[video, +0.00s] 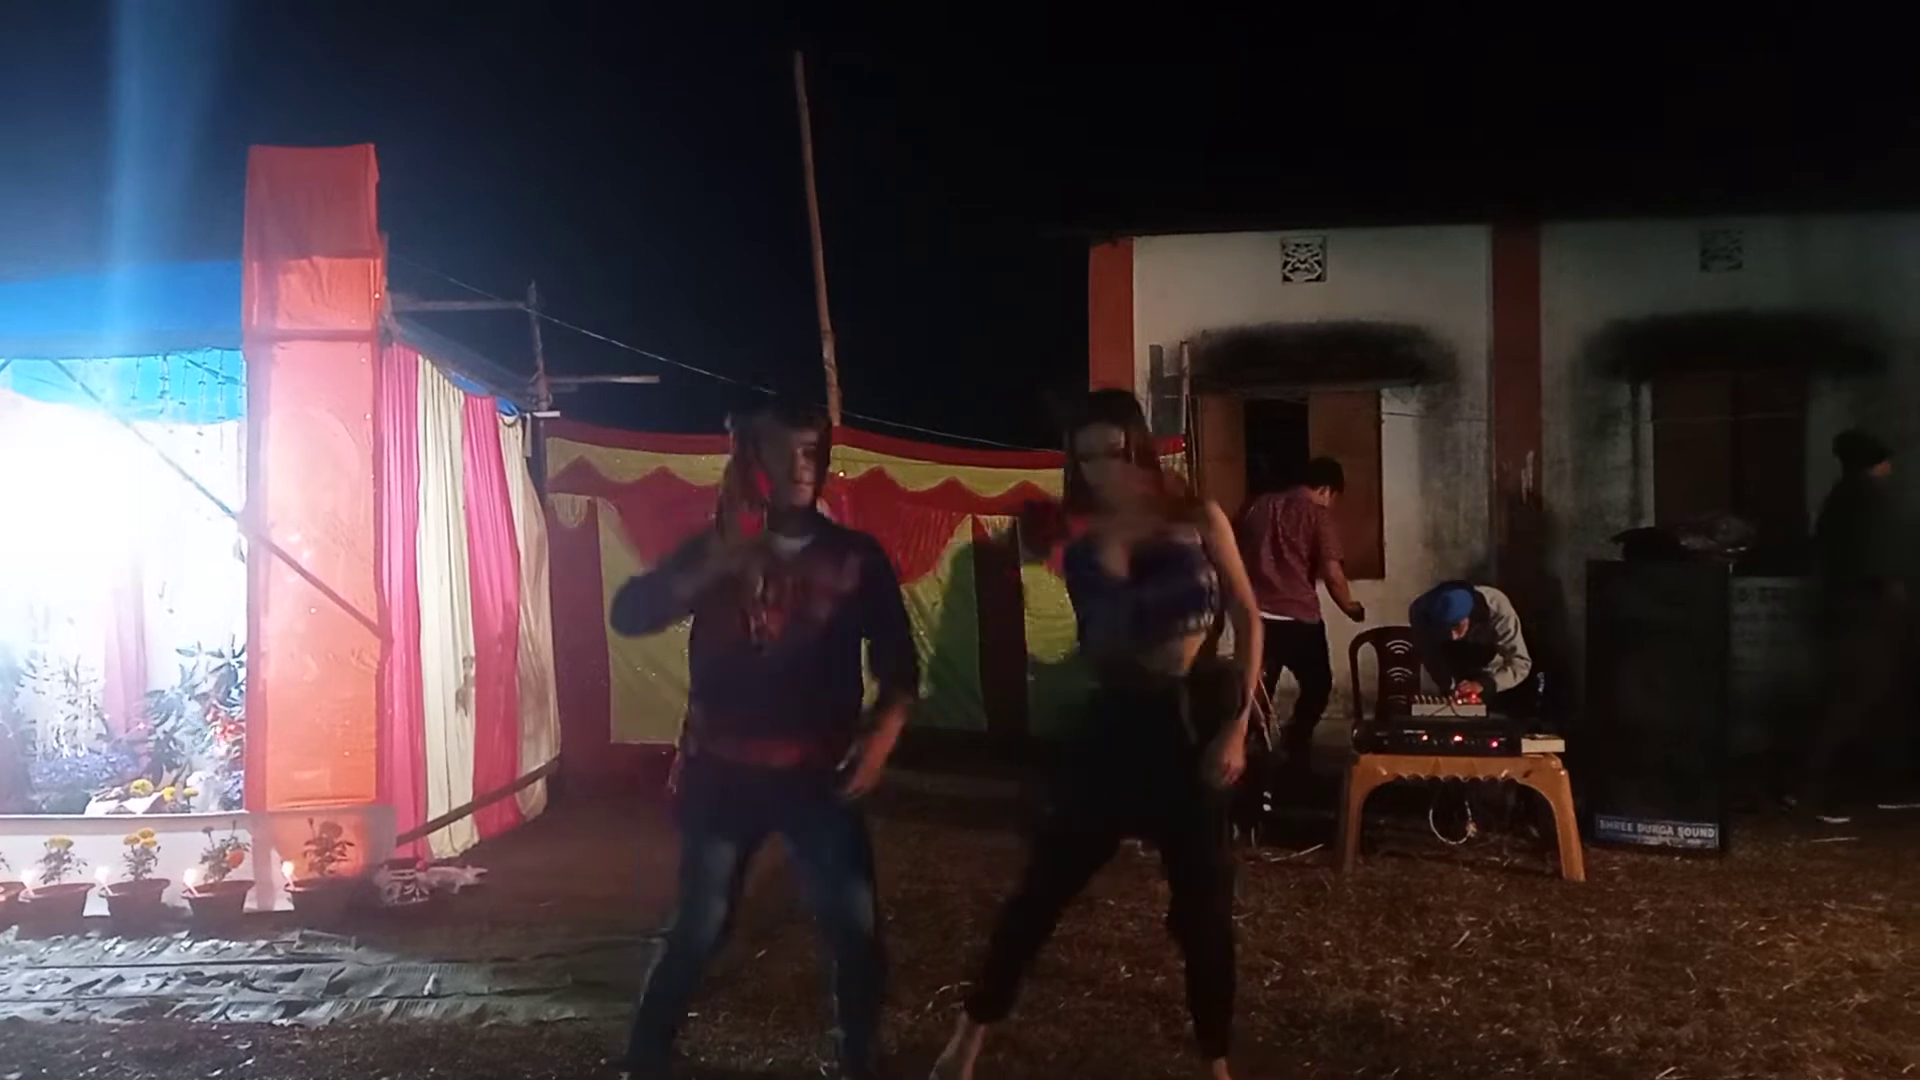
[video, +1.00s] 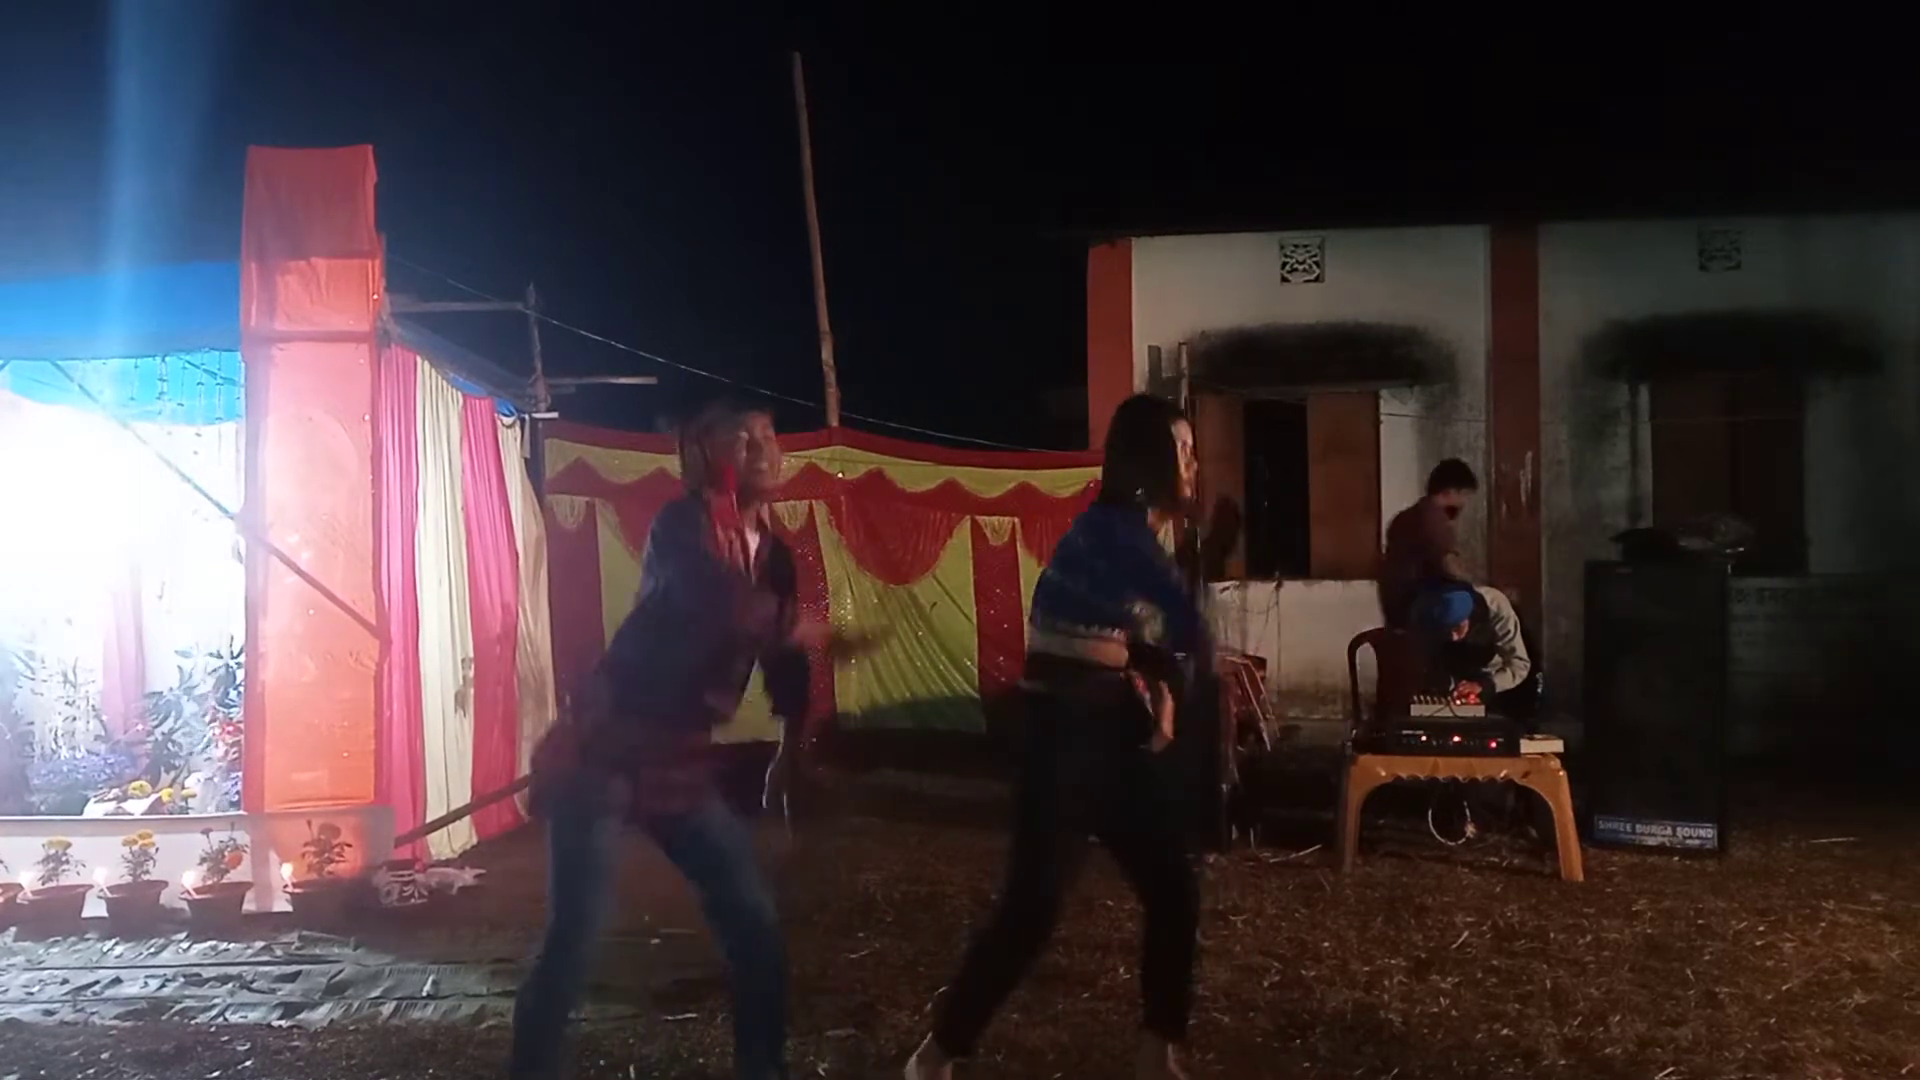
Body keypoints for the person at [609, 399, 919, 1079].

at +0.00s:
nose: (806, 469)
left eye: (814, 454)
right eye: (791, 454)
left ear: (825, 461)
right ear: (753, 460)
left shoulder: (857, 557)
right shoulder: (716, 549)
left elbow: (900, 670)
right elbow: (626, 615)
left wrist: (877, 747)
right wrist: (711, 566)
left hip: (819, 780)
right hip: (723, 776)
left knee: (857, 935)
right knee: (699, 932)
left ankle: (858, 1063)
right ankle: (642, 1063)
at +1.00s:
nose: (772, 454)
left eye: (772, 440)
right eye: (752, 441)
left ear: (773, 454)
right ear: (711, 454)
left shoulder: (777, 557)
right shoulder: (683, 521)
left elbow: (789, 696)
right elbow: (710, 601)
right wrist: (801, 632)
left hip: (676, 761)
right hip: (597, 755)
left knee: (754, 926)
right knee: (574, 940)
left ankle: (762, 1068)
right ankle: (532, 1069)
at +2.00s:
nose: (777, 450)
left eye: (787, 437)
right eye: (764, 433)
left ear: (794, 442)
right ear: (723, 430)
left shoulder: (817, 511)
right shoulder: (667, 518)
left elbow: (885, 599)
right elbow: (577, 577)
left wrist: (866, 693)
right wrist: (517, 552)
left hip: (848, 712)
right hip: (758, 725)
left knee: (894, 868)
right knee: (740, 892)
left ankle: (940, 1026)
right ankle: (724, 1050)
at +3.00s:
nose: (760, 443)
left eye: (763, 429)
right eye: (739, 431)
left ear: (769, 444)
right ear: (692, 444)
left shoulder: (770, 535)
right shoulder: (672, 509)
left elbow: (828, 593)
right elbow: (680, 588)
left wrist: (862, 599)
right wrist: (784, 589)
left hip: (675, 745)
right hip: (595, 738)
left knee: (744, 905)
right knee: (557, 923)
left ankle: (770, 1066)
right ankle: (523, 1068)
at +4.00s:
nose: (732, 486)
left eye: (745, 471)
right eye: (717, 470)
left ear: (759, 473)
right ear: (688, 471)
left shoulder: (787, 555)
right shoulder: (651, 555)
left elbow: (825, 665)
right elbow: (605, 643)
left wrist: (779, 737)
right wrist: (620, 694)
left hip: (785, 752)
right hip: (699, 756)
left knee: (843, 898)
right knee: (669, 929)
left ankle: (928, 1032)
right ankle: (684, 1065)